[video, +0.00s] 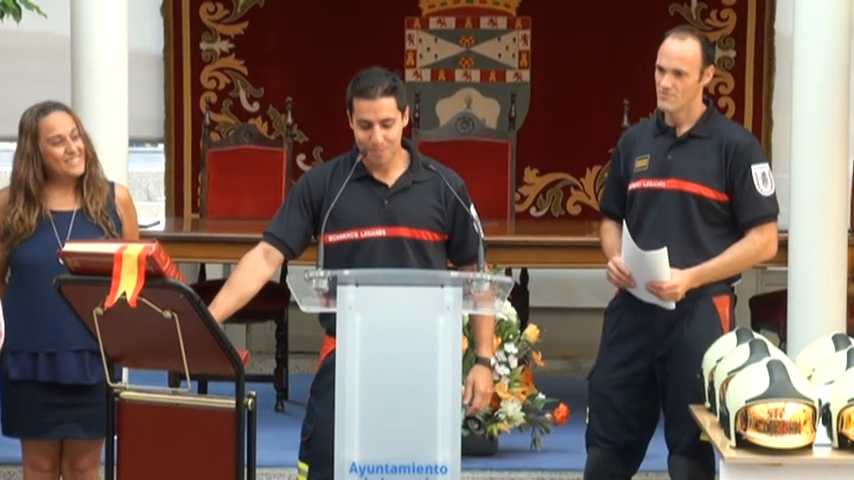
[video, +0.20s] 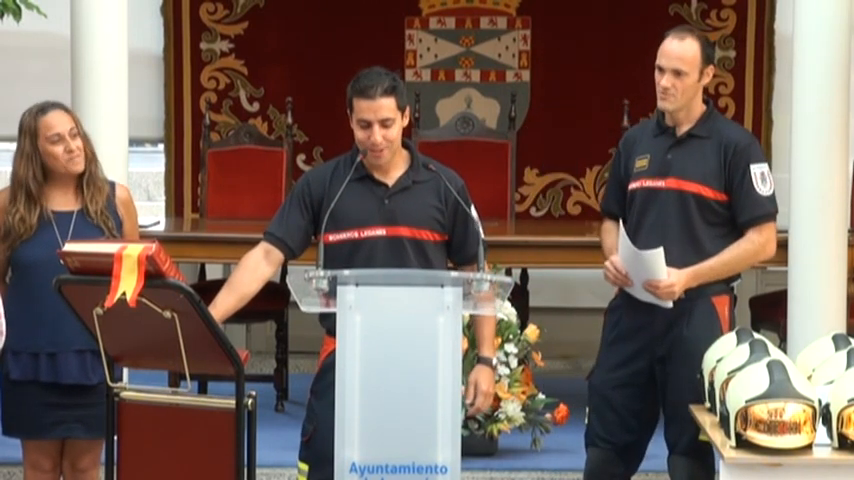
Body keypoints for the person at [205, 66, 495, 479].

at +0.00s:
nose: (376, 137)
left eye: (386, 124)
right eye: (365, 125)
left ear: (406, 119)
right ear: (351, 123)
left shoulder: (446, 187)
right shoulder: (321, 184)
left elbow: (476, 278)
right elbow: (266, 256)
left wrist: (484, 361)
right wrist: (207, 322)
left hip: (426, 354)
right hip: (347, 353)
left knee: (424, 468)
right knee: (323, 465)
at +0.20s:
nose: (375, 137)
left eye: (385, 124)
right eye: (364, 125)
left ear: (406, 119)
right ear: (350, 122)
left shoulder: (445, 187)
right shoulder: (321, 184)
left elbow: (476, 278)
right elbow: (266, 255)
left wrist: (485, 360)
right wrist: (207, 321)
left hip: (425, 354)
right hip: (347, 353)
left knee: (424, 468)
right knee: (323, 465)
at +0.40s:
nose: (375, 137)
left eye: (386, 123)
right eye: (364, 125)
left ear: (406, 119)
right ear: (351, 122)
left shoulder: (445, 188)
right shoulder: (322, 184)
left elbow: (477, 279)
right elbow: (266, 255)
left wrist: (486, 361)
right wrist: (207, 322)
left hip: (426, 355)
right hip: (346, 354)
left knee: (424, 469)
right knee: (323, 466)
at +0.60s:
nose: (376, 137)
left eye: (387, 124)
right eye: (365, 125)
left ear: (407, 119)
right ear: (351, 121)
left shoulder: (446, 188)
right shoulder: (322, 184)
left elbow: (477, 279)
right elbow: (266, 255)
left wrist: (487, 361)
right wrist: (207, 321)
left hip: (426, 355)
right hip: (346, 354)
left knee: (424, 469)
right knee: (323, 466)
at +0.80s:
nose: (376, 137)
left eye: (387, 124)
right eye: (365, 125)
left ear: (407, 119)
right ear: (352, 122)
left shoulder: (446, 188)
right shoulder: (322, 184)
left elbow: (478, 279)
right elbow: (266, 255)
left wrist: (487, 362)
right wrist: (207, 322)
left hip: (427, 354)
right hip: (347, 353)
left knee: (427, 470)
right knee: (321, 466)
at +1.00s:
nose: (377, 138)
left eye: (388, 125)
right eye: (366, 126)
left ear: (408, 119)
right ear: (352, 123)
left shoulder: (447, 188)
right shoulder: (323, 184)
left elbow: (477, 279)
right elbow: (267, 255)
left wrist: (486, 362)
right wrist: (207, 322)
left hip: (428, 356)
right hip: (347, 355)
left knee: (427, 469)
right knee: (323, 465)